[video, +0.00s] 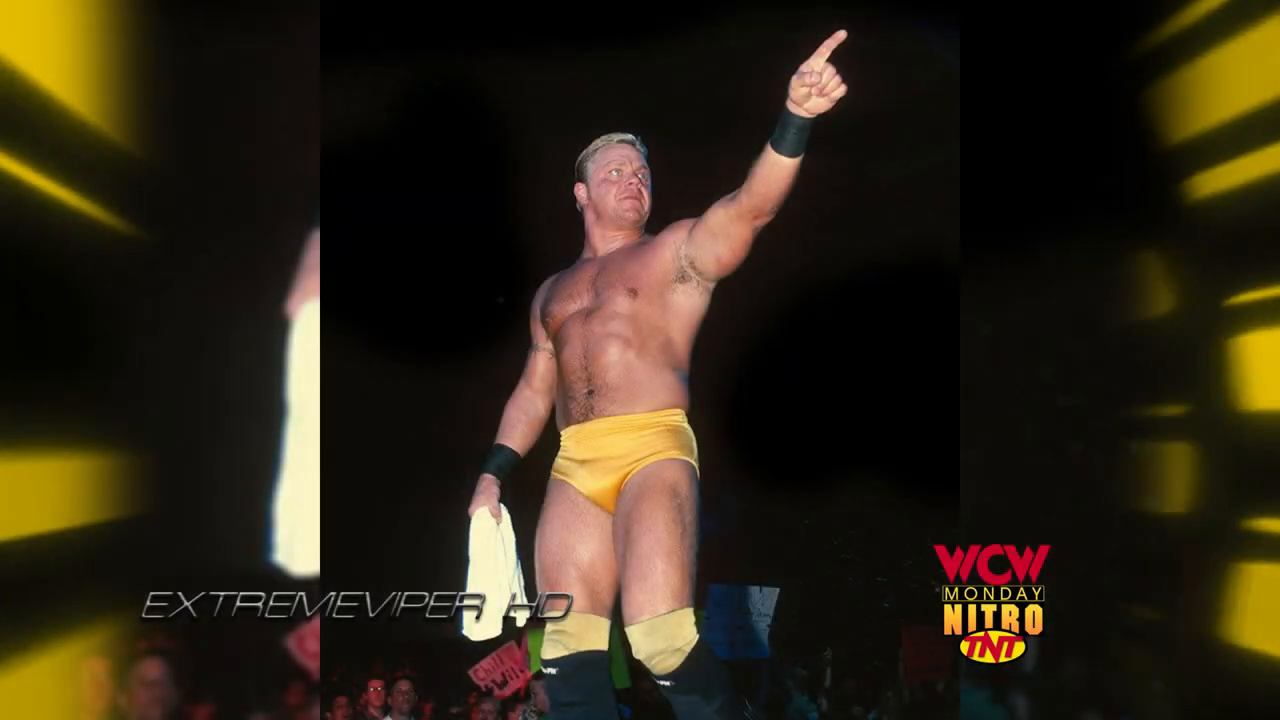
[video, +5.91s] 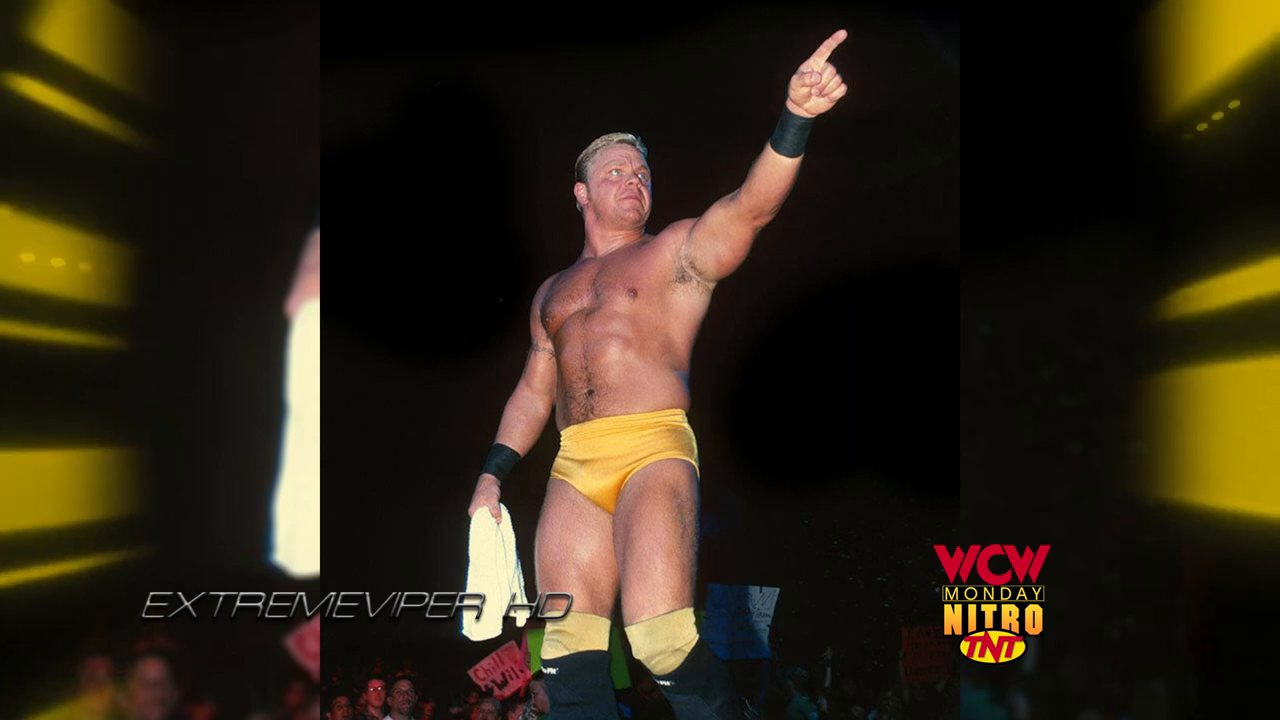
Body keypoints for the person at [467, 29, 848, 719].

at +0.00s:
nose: (632, 180)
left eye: (640, 172)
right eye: (614, 170)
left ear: (650, 194)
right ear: (581, 193)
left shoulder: (679, 254)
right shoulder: (553, 296)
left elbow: (752, 204)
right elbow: (534, 394)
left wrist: (797, 115)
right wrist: (490, 477)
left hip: (656, 448)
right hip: (576, 462)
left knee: (659, 635)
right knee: (568, 646)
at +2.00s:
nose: (632, 180)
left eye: (640, 172)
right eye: (614, 171)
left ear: (651, 193)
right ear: (581, 193)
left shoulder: (680, 254)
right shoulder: (553, 296)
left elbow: (752, 204)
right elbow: (534, 394)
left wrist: (797, 115)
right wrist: (490, 477)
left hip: (656, 448)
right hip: (576, 462)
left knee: (659, 635)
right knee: (568, 646)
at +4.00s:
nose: (632, 180)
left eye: (640, 172)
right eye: (614, 171)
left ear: (651, 193)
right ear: (581, 193)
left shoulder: (680, 254)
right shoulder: (553, 296)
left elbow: (752, 204)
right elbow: (534, 394)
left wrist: (797, 115)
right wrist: (490, 477)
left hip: (656, 448)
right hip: (576, 462)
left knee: (659, 635)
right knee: (568, 646)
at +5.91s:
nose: (632, 179)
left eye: (640, 172)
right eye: (615, 170)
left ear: (650, 194)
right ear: (581, 193)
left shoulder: (680, 254)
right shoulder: (552, 296)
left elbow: (753, 203)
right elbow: (534, 394)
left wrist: (797, 116)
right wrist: (490, 478)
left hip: (656, 448)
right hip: (575, 462)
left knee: (660, 636)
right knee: (568, 647)